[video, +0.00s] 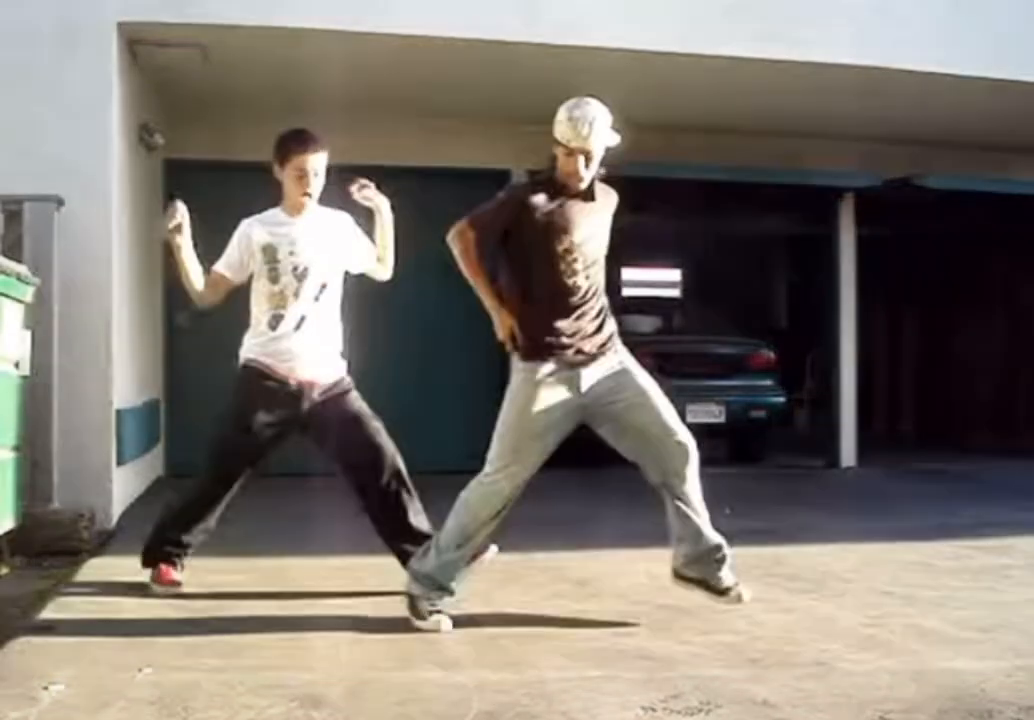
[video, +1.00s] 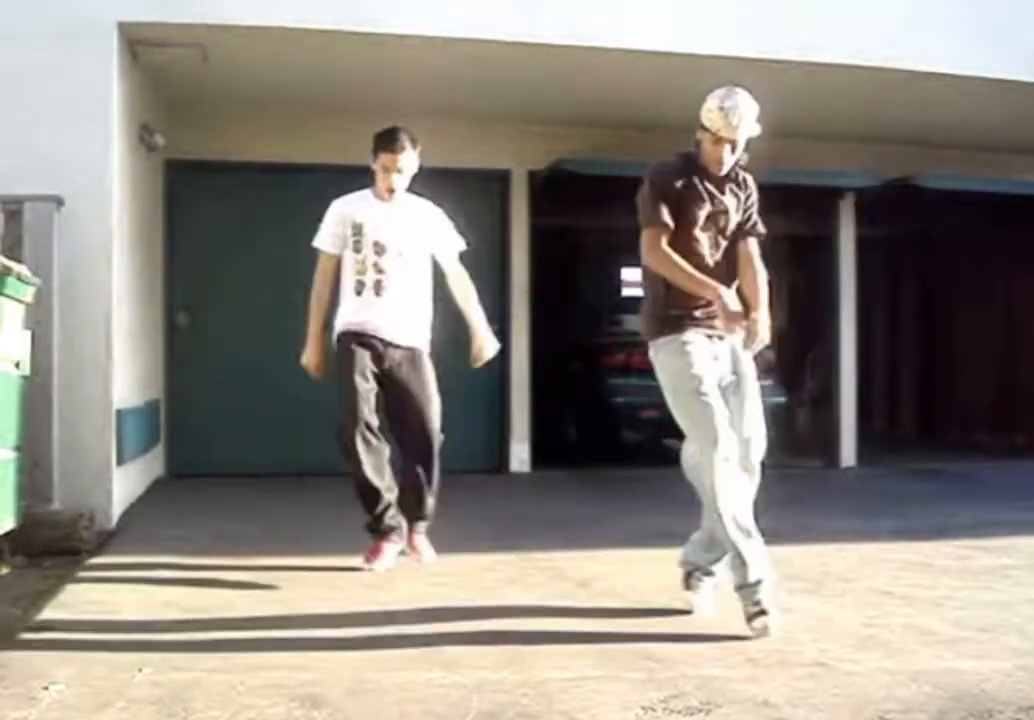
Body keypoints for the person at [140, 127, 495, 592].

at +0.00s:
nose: (310, 182)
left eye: (317, 172)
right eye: (300, 172)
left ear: (325, 173)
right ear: (279, 172)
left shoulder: (339, 225)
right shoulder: (255, 231)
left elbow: (382, 268)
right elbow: (207, 294)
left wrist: (383, 213)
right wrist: (181, 241)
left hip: (328, 380)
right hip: (267, 378)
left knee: (384, 465)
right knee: (224, 472)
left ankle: (431, 565)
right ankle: (166, 554)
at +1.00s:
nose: (395, 178)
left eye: (403, 170)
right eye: (388, 169)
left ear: (415, 168)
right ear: (374, 164)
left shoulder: (428, 216)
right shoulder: (345, 210)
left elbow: (456, 275)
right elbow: (324, 276)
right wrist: (314, 339)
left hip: (410, 339)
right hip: (358, 333)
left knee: (426, 430)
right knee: (359, 427)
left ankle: (418, 525)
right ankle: (386, 529)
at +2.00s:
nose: (388, 208)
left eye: (396, 200)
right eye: (382, 199)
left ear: (412, 197)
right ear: (372, 198)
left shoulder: (430, 244)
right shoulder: (352, 247)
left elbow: (455, 301)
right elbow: (326, 306)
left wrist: (486, 270)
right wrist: (282, 315)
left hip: (418, 367)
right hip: (371, 362)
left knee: (399, 457)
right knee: (387, 446)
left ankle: (346, 528)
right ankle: (425, 542)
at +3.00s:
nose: (333, 182)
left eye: (341, 174)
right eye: (326, 174)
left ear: (356, 174)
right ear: (316, 174)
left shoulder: (373, 221)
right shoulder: (298, 220)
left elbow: (408, 270)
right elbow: (257, 277)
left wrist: (424, 222)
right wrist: (249, 230)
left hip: (373, 348)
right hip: (322, 347)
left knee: (413, 427)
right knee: (298, 436)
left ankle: (396, 521)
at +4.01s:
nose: (449, 233)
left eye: (456, 224)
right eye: (441, 224)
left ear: (472, 221)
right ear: (432, 224)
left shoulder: (488, 265)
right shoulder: (421, 276)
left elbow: (523, 302)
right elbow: (375, 323)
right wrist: (326, 299)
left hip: (505, 392)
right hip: (458, 399)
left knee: (558, 466)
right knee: (434, 487)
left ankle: (572, 543)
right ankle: (354, 544)